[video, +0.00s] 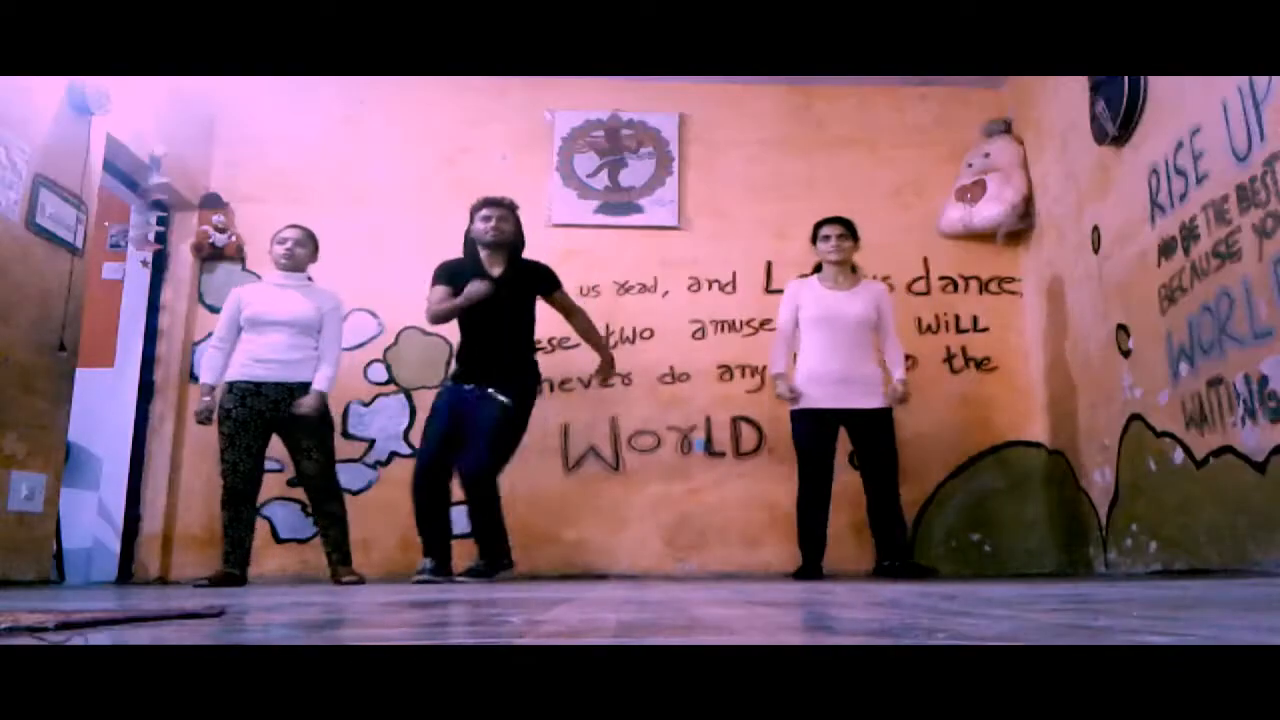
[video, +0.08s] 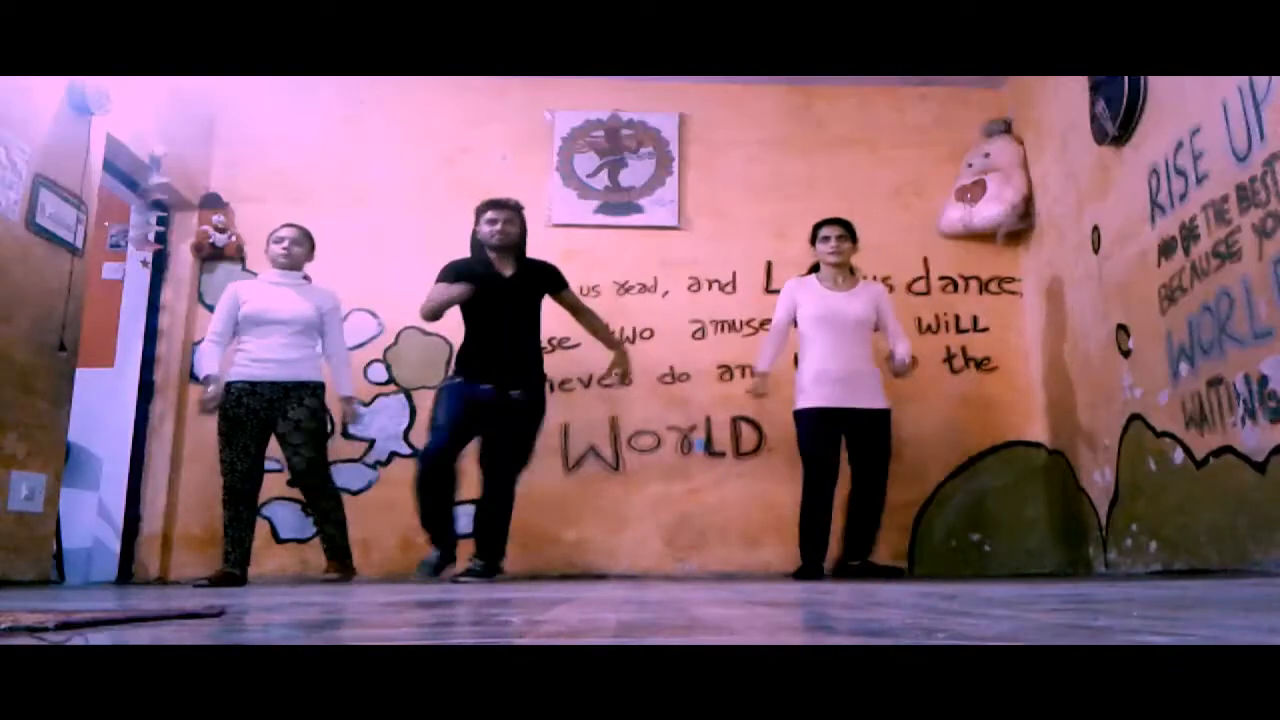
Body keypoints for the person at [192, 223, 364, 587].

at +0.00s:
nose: (288, 247)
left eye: (298, 244)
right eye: (282, 241)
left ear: (312, 256)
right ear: (269, 250)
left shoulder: (325, 299)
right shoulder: (243, 292)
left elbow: (330, 352)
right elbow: (220, 343)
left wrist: (318, 391)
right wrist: (207, 392)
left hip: (300, 395)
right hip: (244, 394)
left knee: (320, 480)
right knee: (238, 483)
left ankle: (341, 566)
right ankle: (233, 569)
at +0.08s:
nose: (285, 246)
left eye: (295, 243)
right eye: (279, 241)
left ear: (309, 256)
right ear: (266, 249)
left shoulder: (323, 298)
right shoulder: (240, 290)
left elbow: (337, 352)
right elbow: (214, 340)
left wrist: (347, 397)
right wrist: (212, 378)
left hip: (300, 394)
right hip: (244, 393)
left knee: (312, 475)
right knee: (239, 481)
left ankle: (340, 561)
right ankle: (234, 567)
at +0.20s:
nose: (217, 219)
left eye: (229, 215)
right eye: (207, 213)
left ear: (243, 233)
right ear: (192, 225)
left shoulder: (259, 284)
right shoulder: (165, 268)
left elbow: (283, 345)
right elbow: (141, 318)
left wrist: (312, 394)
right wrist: (152, 358)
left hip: (235, 395)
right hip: (172, 393)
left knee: (231, 492)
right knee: (166, 503)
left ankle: (273, 600)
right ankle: (153, 610)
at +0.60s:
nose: (260, 212)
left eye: (270, 208)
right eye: (248, 206)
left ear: (282, 225)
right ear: (229, 221)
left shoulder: (293, 281)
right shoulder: (214, 263)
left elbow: (284, 340)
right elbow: (198, 319)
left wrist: (286, 390)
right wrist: (207, 364)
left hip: (276, 400)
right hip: (216, 392)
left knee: (261, 509)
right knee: (202, 500)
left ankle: (228, 607)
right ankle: (190, 607)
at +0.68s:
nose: (273, 217)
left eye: (282, 213)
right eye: (260, 211)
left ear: (292, 229)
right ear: (241, 225)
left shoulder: (293, 289)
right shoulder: (228, 266)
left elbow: (294, 337)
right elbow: (230, 317)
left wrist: (306, 345)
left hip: (283, 399)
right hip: (222, 394)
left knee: (283, 506)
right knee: (202, 501)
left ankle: (253, 603)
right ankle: (191, 608)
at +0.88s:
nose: (303, 212)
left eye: (311, 206)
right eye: (290, 207)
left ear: (321, 220)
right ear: (271, 221)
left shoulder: (306, 268)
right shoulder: (275, 254)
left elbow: (306, 331)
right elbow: (266, 304)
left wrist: (323, 375)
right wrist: (283, 356)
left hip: (308, 390)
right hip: (266, 385)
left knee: (332, 492)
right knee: (267, 489)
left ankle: (308, 604)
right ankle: (188, 591)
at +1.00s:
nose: (323, 215)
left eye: (330, 210)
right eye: (309, 210)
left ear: (339, 224)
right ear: (290, 225)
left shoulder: (326, 274)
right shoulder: (297, 259)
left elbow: (335, 356)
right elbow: (259, 315)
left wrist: (384, 392)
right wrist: (255, 376)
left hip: (324, 397)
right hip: (300, 395)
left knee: (344, 492)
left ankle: (311, 605)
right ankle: (235, 574)